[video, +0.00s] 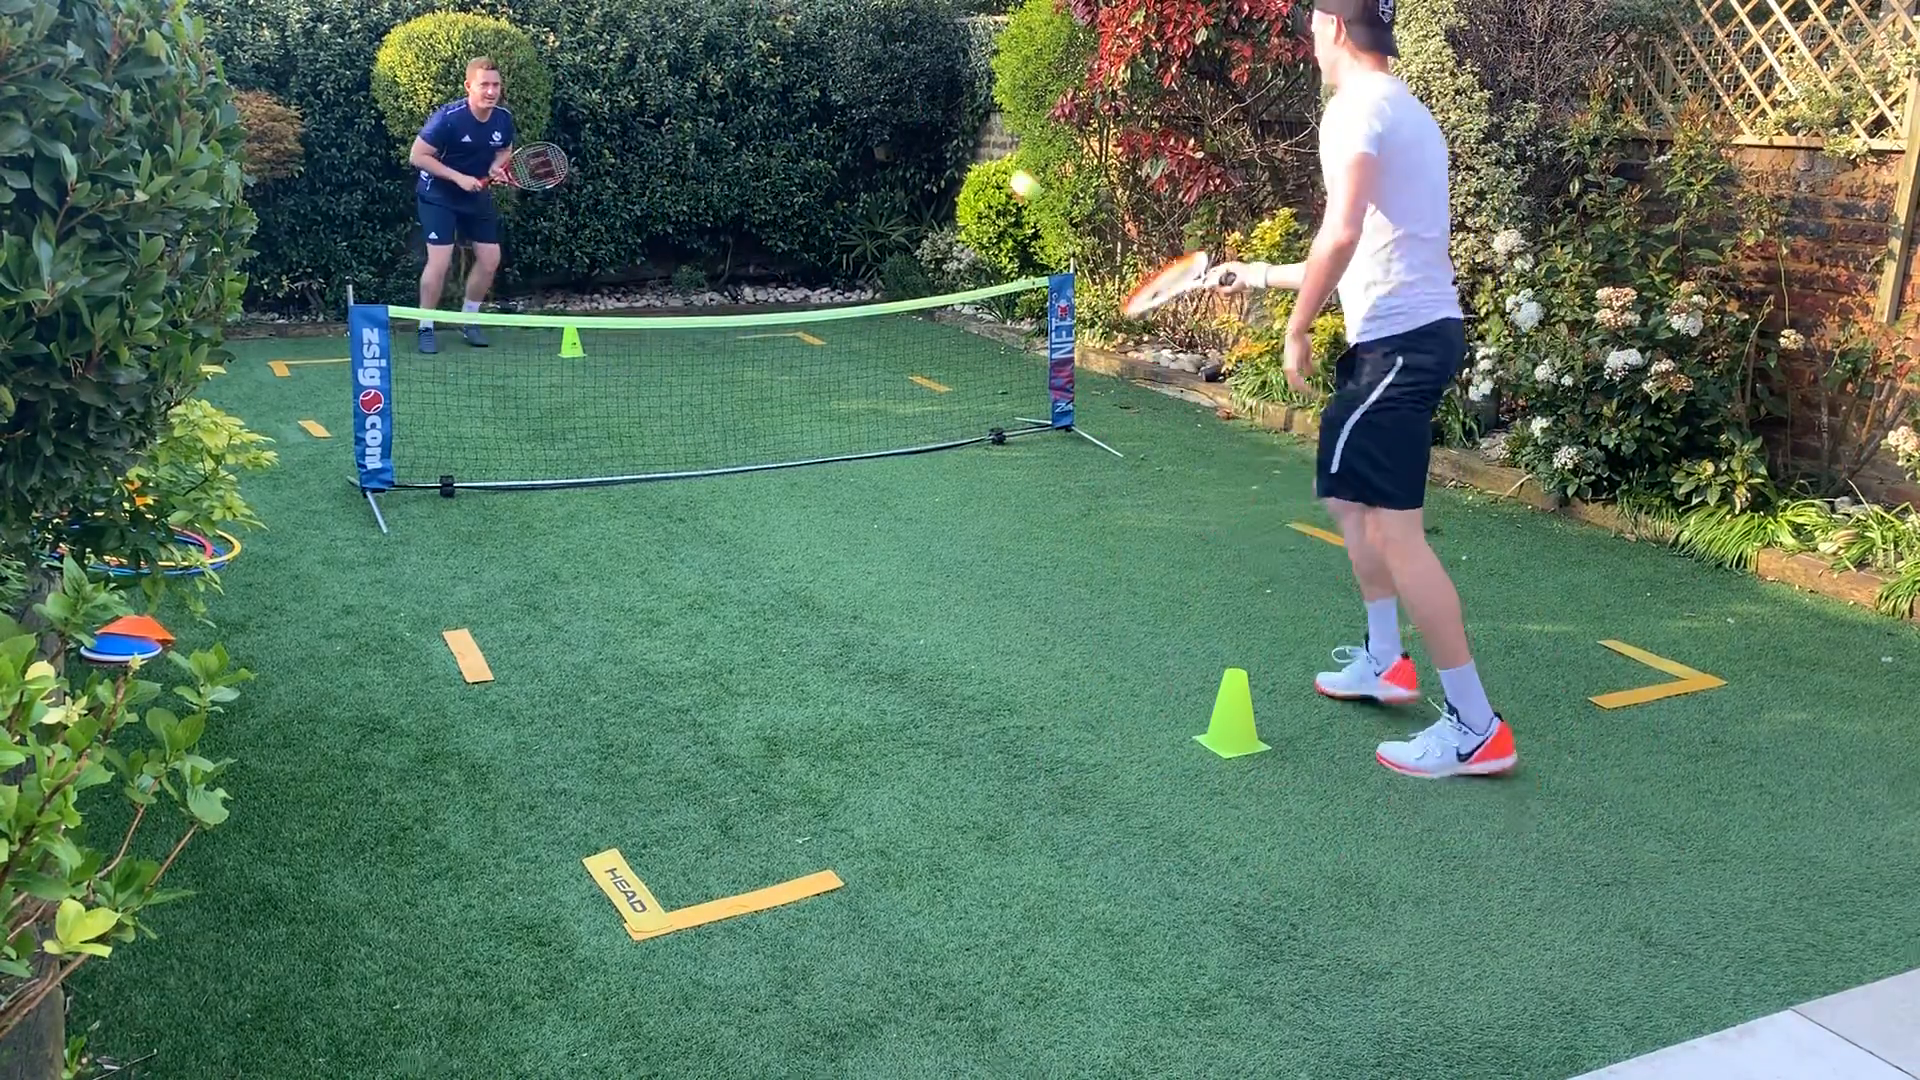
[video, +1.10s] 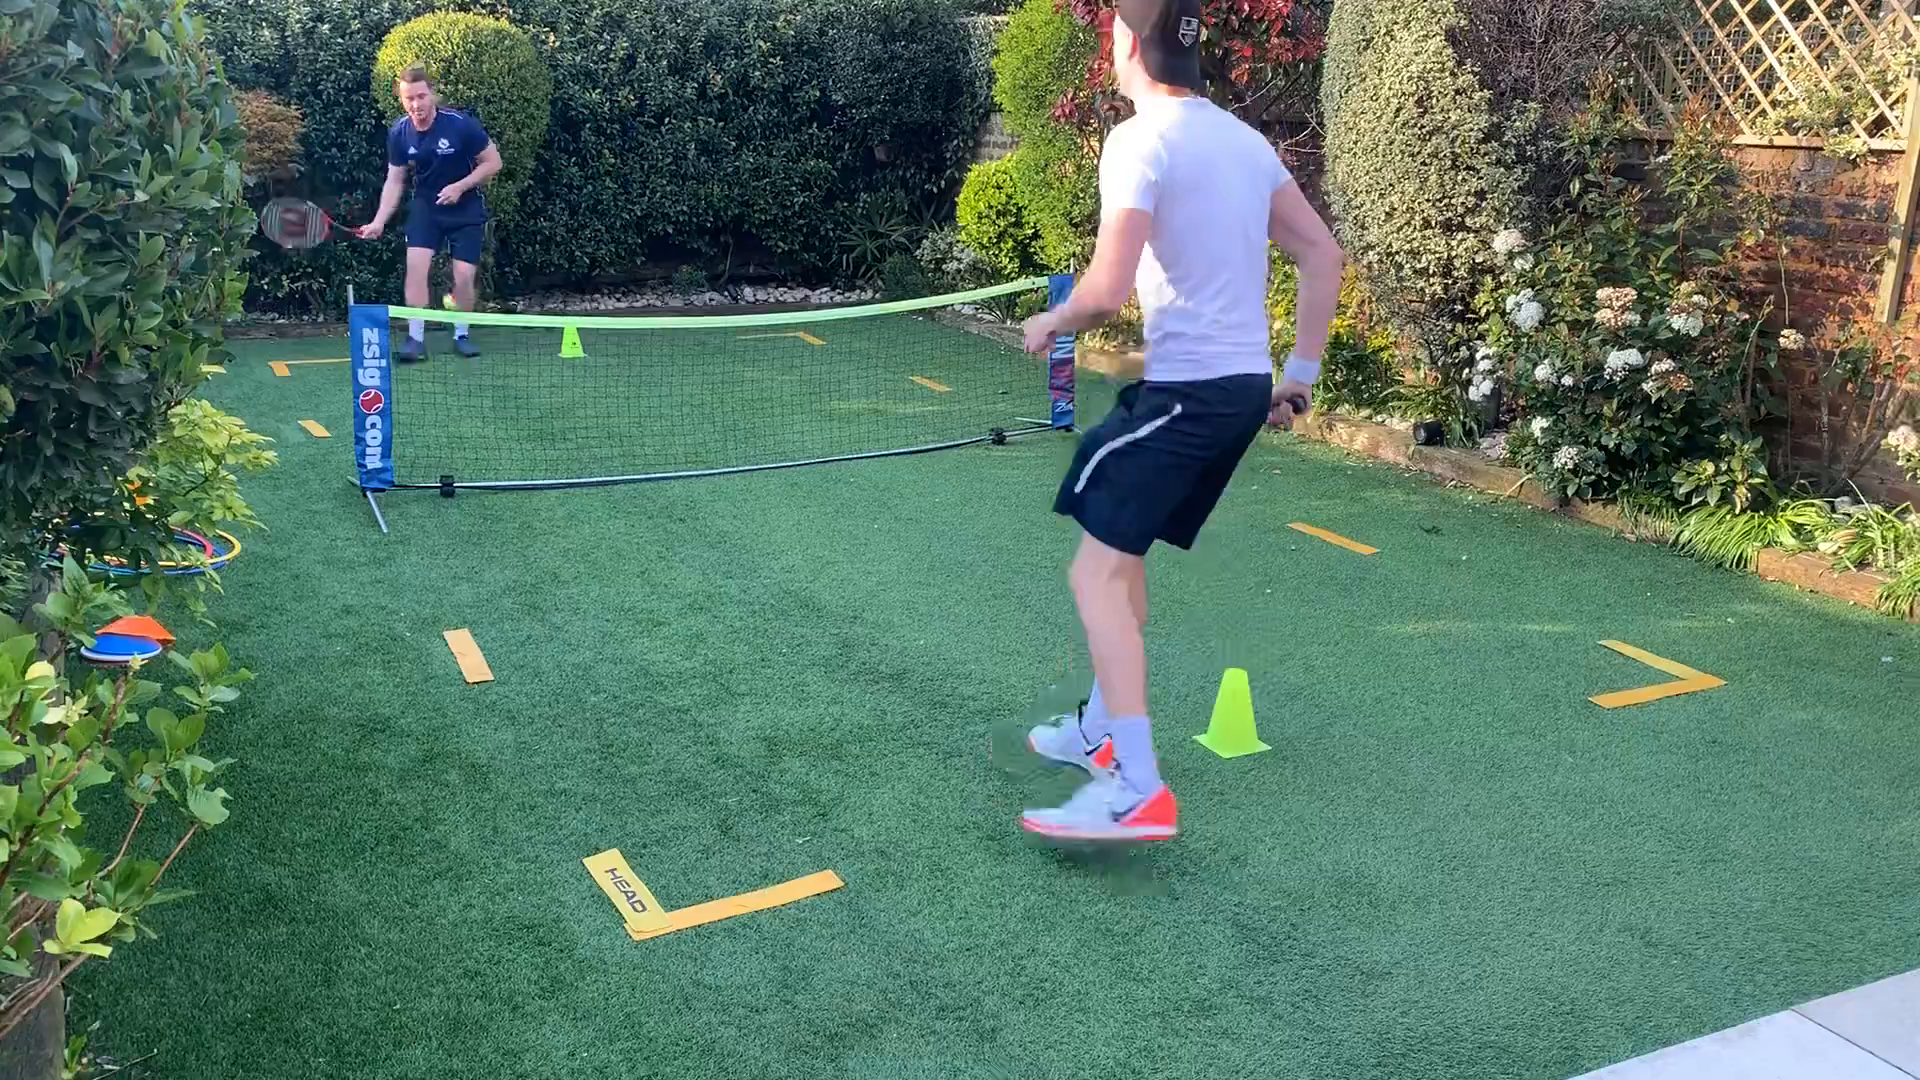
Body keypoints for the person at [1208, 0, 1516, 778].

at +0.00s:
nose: (1308, 41)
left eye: (1311, 26)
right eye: (1309, 27)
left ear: (1333, 27)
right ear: (1378, 31)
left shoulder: (1357, 104)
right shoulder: (1406, 108)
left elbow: (1345, 231)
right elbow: (1364, 254)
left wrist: (1299, 328)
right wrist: (1252, 274)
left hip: (1401, 337)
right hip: (1405, 334)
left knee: (1394, 530)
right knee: (1345, 489)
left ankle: (1476, 723)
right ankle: (1383, 658)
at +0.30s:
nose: (1236, 110)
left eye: (1234, 93)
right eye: (1230, 96)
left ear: (1266, 74)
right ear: (1284, 72)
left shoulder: (1298, 158)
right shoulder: (1348, 144)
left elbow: (1299, 296)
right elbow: (1370, 277)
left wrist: (1254, 400)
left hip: (1331, 369)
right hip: (1362, 357)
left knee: (1269, 546)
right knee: (1298, 486)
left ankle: (1414, 657)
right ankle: (1317, 619)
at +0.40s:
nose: (1206, 141)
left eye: (1203, 123)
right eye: (1199, 127)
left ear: (1234, 100)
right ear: (1245, 101)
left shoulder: (1277, 172)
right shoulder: (1318, 161)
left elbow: (1301, 303)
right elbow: (1353, 288)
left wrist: (1264, 411)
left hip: (1311, 385)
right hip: (1341, 377)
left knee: (1195, 511)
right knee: (1254, 486)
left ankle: (1331, 617)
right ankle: (1306, 613)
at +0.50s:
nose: (1177, 139)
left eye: (1175, 122)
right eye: (1170, 126)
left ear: (1205, 100)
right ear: (1213, 102)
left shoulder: (1255, 171)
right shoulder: (1286, 161)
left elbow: (1298, 288)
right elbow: (1346, 272)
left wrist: (1248, 392)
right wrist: (1344, 353)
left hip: (1285, 386)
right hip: (1314, 378)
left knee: (1138, 489)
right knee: (1241, 492)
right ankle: (1312, 620)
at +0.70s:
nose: (1120, 67)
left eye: (1122, 53)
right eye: (1120, 53)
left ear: (1141, 58)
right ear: (1194, 56)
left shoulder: (1173, 140)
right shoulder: (1250, 136)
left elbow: (1215, 253)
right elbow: (1325, 239)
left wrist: (1138, 331)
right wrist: (1314, 328)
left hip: (1201, 368)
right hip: (1261, 364)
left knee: (1090, 516)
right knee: (1219, 481)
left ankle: (1096, 708)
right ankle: (1265, 618)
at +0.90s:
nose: (1099, 41)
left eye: (1099, 25)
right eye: (1100, 25)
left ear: (1115, 27)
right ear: (1174, 29)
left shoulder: (1135, 105)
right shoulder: (1238, 106)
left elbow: (1143, 235)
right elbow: (1307, 216)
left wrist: (1071, 303)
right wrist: (1277, 319)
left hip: (1184, 340)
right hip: (1245, 342)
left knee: (1106, 508)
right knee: (1141, 483)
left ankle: (1079, 707)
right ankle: (1141, 655)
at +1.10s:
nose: (1107, 56)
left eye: (1110, 38)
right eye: (1111, 38)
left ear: (1127, 47)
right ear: (1193, 46)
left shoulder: (1139, 141)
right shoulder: (1245, 140)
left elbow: (1108, 289)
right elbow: (1322, 255)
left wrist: (1054, 321)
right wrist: (1301, 370)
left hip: (1183, 389)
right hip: (1240, 389)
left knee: (1095, 572)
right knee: (1125, 552)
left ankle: (1136, 785)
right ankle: (1103, 721)